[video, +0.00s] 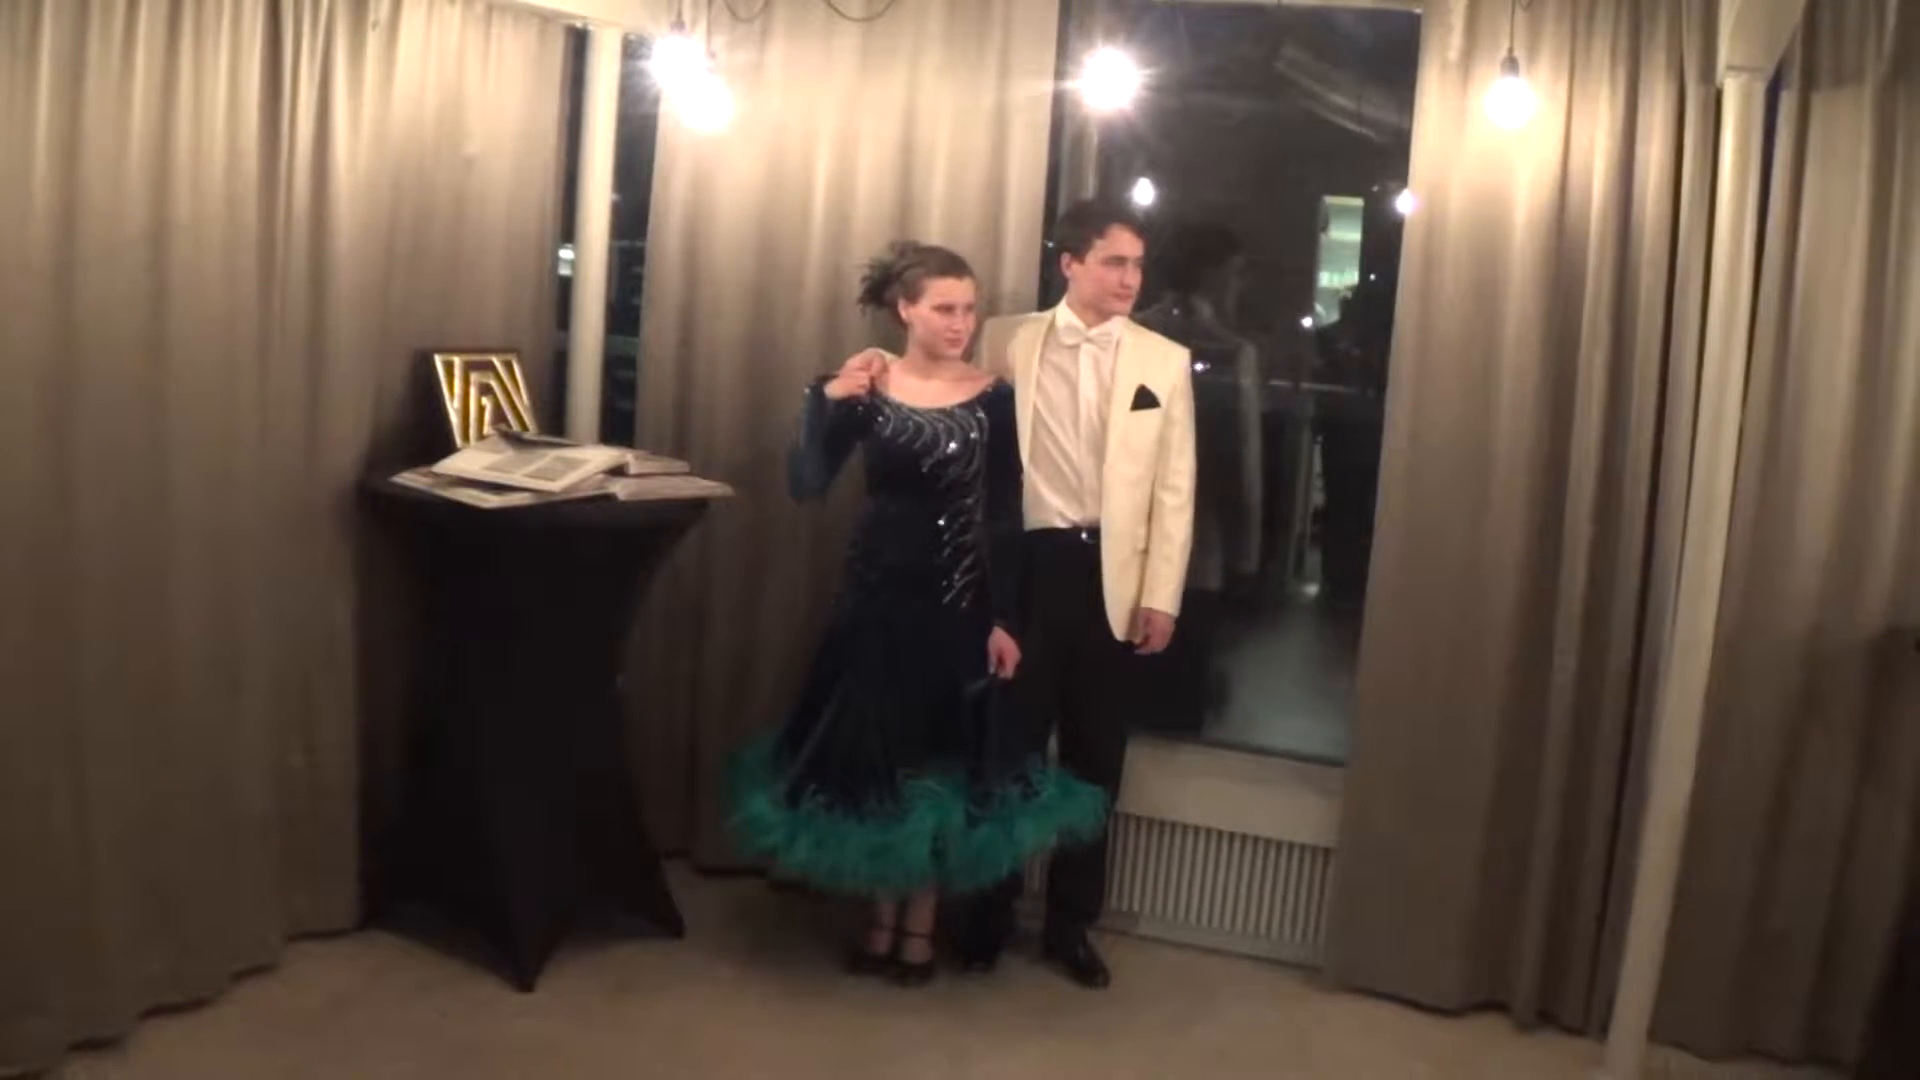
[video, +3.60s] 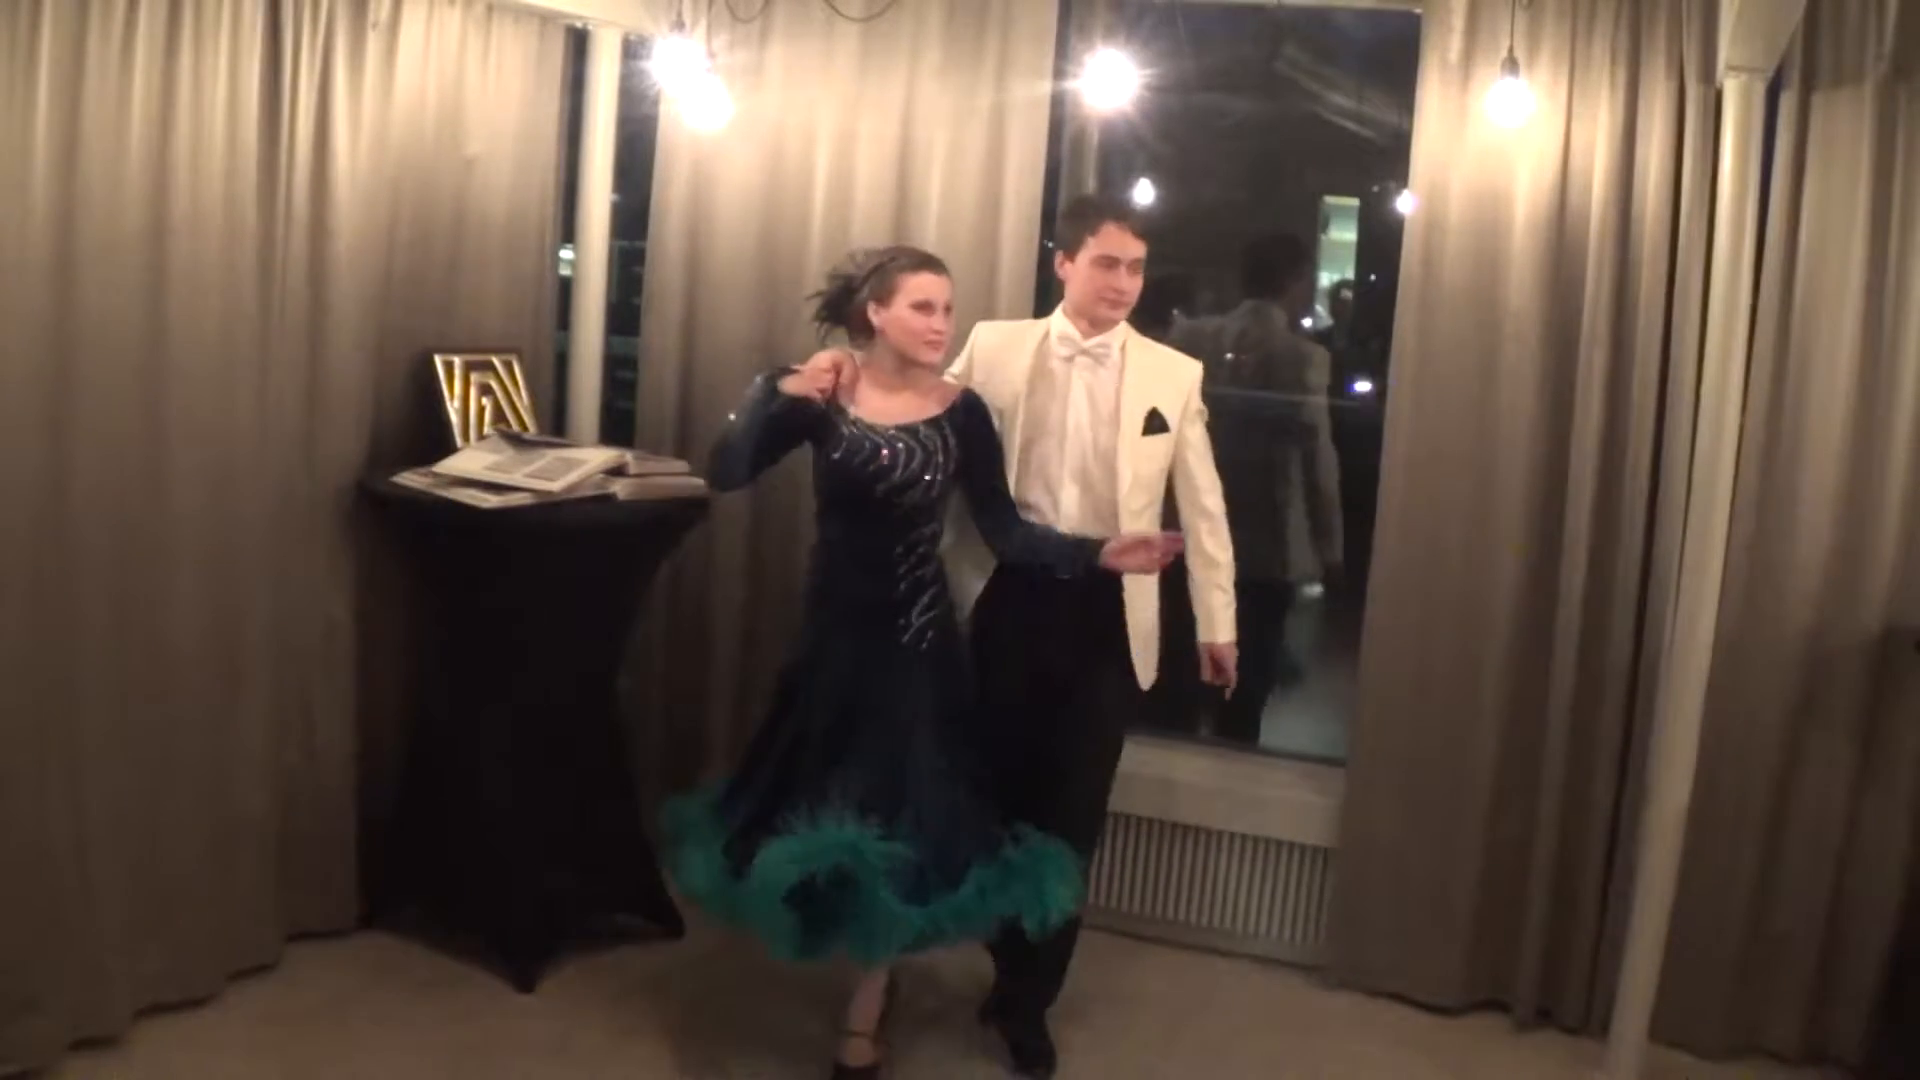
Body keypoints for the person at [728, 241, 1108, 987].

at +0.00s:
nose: (959, 323)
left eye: (968, 309)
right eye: (943, 309)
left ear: (980, 314)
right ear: (903, 311)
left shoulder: (991, 397)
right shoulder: (870, 384)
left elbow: (1004, 514)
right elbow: (808, 483)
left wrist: (1004, 617)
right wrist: (829, 397)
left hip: (958, 596)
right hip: (881, 588)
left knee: (938, 752)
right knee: (877, 747)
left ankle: (922, 908)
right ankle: (877, 906)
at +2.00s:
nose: (956, 321)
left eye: (966, 307)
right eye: (940, 307)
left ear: (979, 313)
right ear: (902, 310)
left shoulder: (991, 394)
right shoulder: (873, 383)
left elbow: (1007, 510)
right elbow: (799, 470)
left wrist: (1013, 613)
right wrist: (839, 389)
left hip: (961, 595)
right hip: (883, 588)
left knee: (940, 752)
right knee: (880, 749)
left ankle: (921, 909)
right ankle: (878, 906)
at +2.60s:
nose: (937, 354)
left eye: (941, 334)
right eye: (917, 346)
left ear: (953, 322)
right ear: (888, 351)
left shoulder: (992, 407)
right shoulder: (875, 408)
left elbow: (1011, 519)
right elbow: (809, 494)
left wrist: (972, 520)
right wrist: (825, 416)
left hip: (964, 610)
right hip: (889, 603)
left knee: (936, 759)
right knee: (869, 755)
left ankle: (915, 920)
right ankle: (872, 951)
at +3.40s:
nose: (933, 323)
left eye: (940, 309)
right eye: (915, 309)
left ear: (948, 317)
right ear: (869, 317)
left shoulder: (968, 407)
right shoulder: (837, 393)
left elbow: (991, 525)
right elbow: (747, 479)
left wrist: (1055, 607)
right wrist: (788, 400)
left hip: (933, 617)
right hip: (850, 611)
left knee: (917, 793)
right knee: (848, 785)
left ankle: (883, 985)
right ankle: (878, 954)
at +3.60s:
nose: (942, 324)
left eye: (948, 310)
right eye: (924, 308)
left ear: (953, 320)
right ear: (872, 316)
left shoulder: (962, 412)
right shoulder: (827, 400)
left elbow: (1005, 532)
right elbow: (726, 471)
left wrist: (1105, 551)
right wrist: (782, 389)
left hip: (924, 626)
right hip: (842, 620)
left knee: (905, 799)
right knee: (846, 790)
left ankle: (870, 985)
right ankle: (872, 965)